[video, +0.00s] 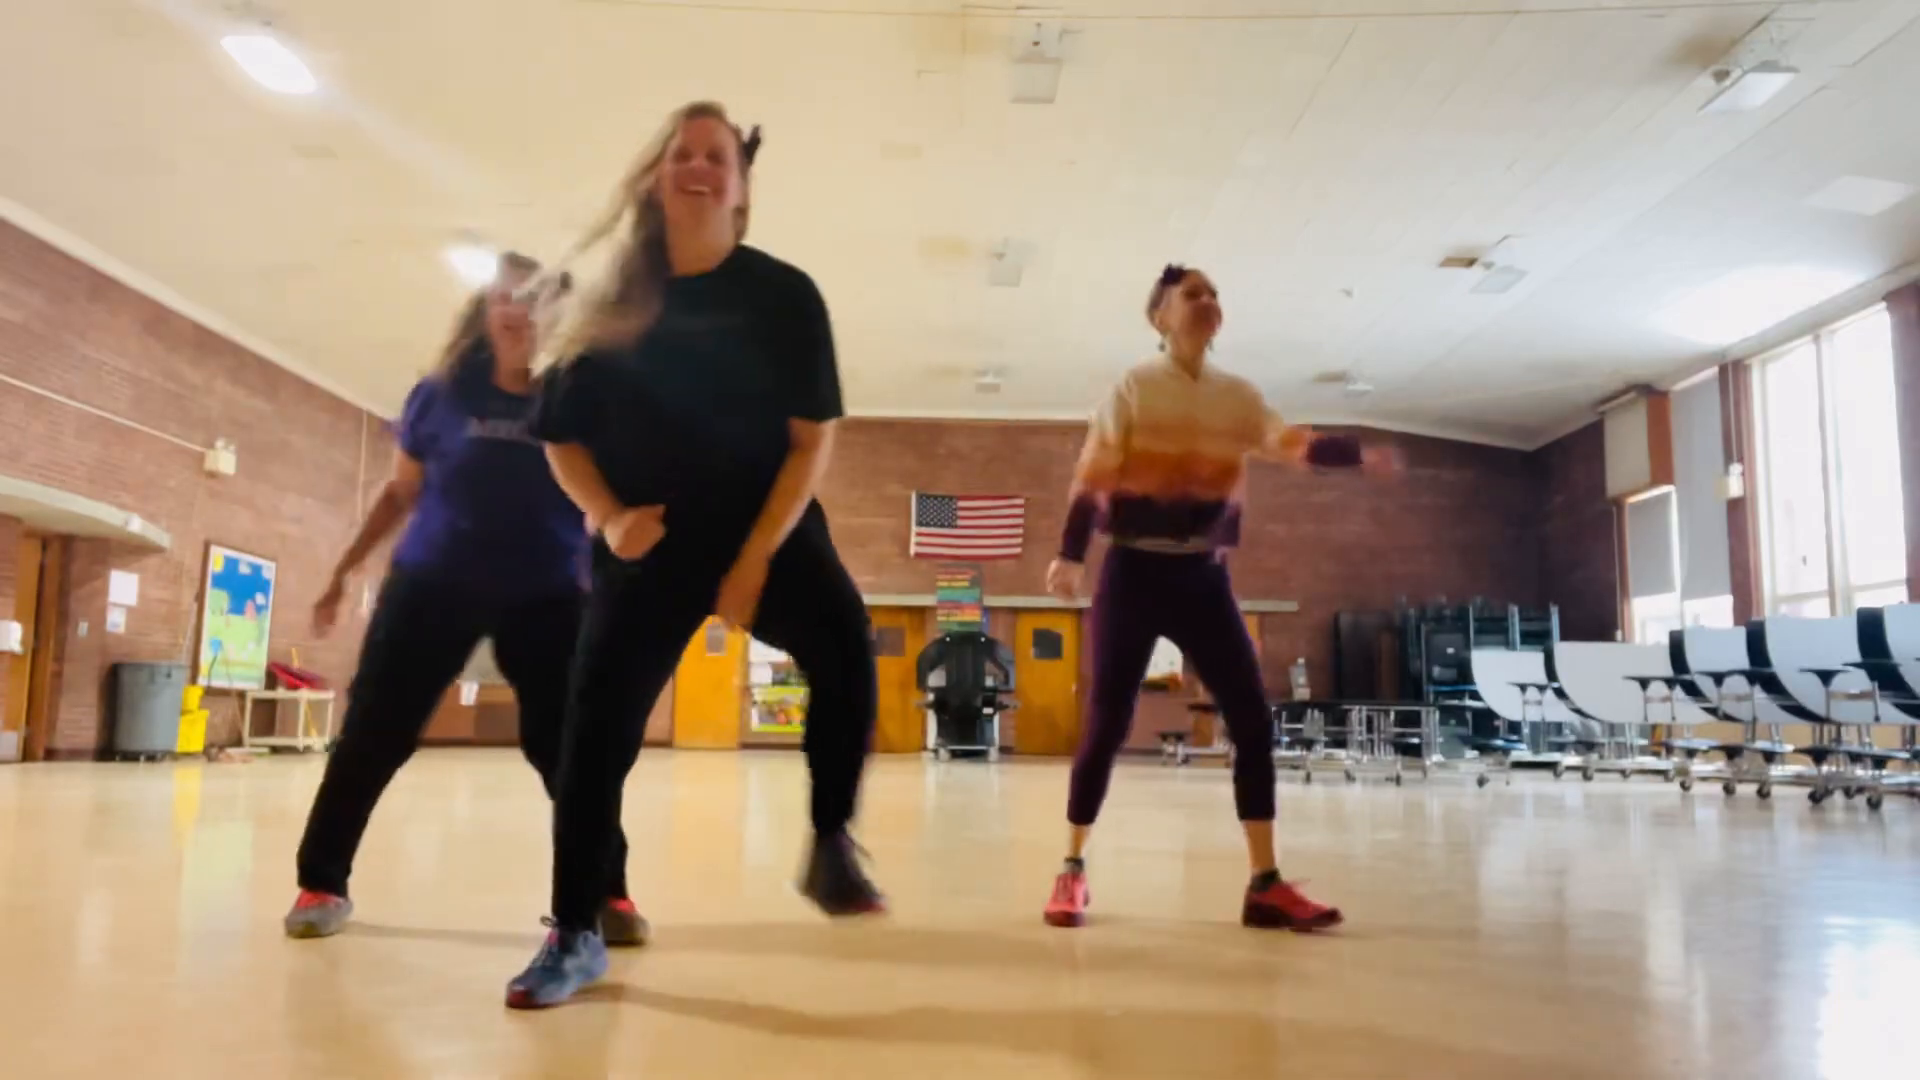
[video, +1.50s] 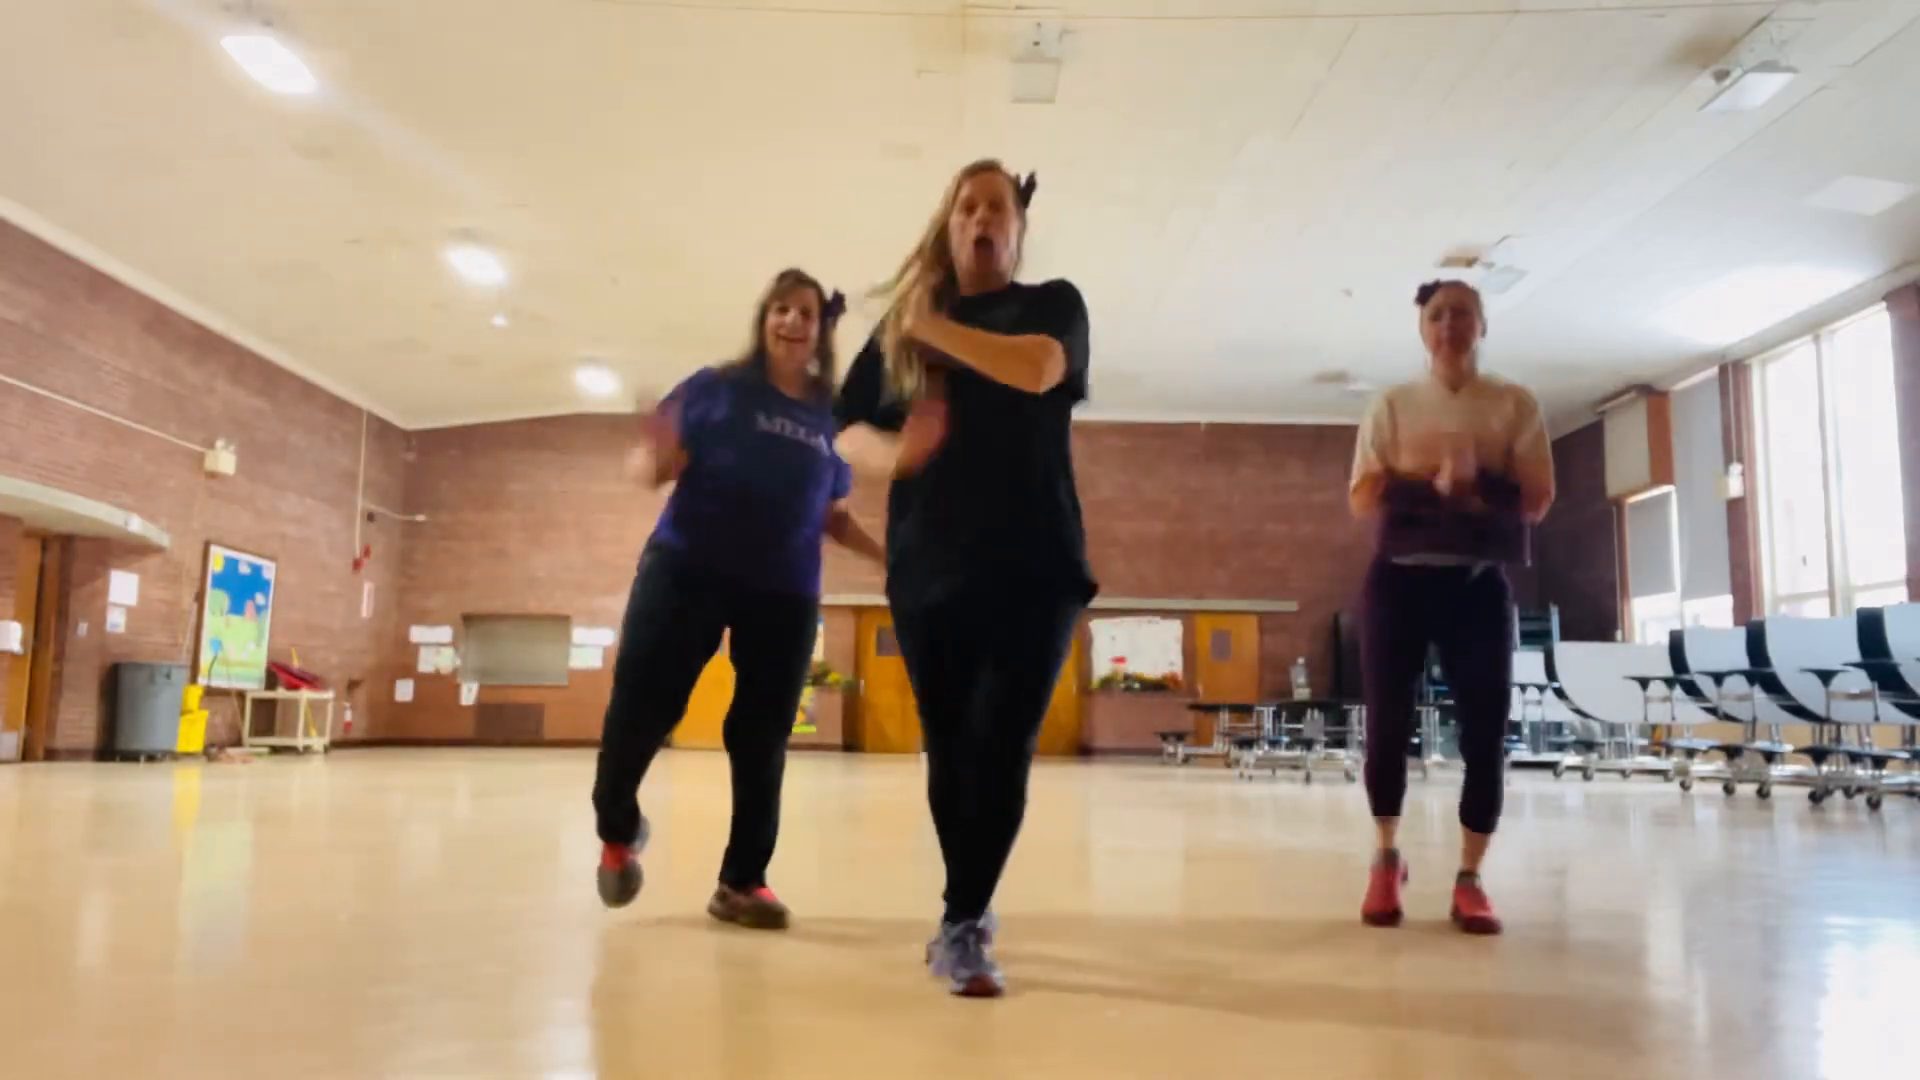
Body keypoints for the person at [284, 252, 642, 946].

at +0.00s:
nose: (516, 314)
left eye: (530, 302)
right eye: (505, 301)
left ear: (553, 314)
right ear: (484, 311)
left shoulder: (572, 403)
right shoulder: (440, 396)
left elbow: (609, 498)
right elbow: (400, 492)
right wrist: (344, 571)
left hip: (543, 594)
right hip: (436, 587)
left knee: (565, 744)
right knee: (375, 731)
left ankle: (608, 892)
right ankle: (321, 886)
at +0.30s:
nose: (618, 306)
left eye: (632, 295)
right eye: (606, 294)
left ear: (657, 309)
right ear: (589, 307)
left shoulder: (681, 407)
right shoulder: (547, 382)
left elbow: (721, 502)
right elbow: (496, 470)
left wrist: (758, 561)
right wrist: (447, 530)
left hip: (624, 590)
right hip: (528, 578)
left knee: (609, 737)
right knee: (521, 719)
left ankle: (609, 892)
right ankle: (565, 842)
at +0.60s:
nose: (628, 324)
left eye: (637, 312)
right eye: (613, 315)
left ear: (657, 321)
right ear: (594, 328)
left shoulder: (701, 400)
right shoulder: (573, 414)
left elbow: (741, 495)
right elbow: (544, 503)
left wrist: (751, 573)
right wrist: (541, 534)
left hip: (692, 587)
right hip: (600, 592)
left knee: (676, 728)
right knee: (609, 736)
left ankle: (665, 882)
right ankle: (629, 877)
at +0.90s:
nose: (668, 325)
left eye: (679, 314)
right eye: (656, 317)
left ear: (703, 325)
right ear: (640, 333)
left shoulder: (746, 408)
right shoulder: (622, 416)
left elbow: (785, 502)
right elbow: (599, 498)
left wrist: (784, 579)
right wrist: (592, 535)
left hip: (729, 600)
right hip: (638, 600)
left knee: (743, 739)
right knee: (628, 742)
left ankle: (786, 879)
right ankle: (638, 878)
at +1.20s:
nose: (700, 314)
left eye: (713, 304)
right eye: (688, 305)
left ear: (733, 318)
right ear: (670, 321)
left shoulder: (769, 397)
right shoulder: (642, 401)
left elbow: (816, 480)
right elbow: (594, 482)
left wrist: (809, 508)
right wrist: (580, 460)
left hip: (756, 592)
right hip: (663, 590)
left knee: (761, 734)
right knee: (647, 736)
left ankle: (772, 876)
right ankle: (639, 878)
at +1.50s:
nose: (793, 321)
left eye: (806, 313)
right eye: (782, 310)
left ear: (822, 330)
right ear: (762, 321)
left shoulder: (825, 420)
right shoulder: (716, 389)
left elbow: (831, 514)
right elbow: (649, 467)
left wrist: (893, 556)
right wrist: (663, 456)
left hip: (781, 591)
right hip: (689, 572)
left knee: (761, 737)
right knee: (639, 711)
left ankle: (742, 882)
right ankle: (617, 834)